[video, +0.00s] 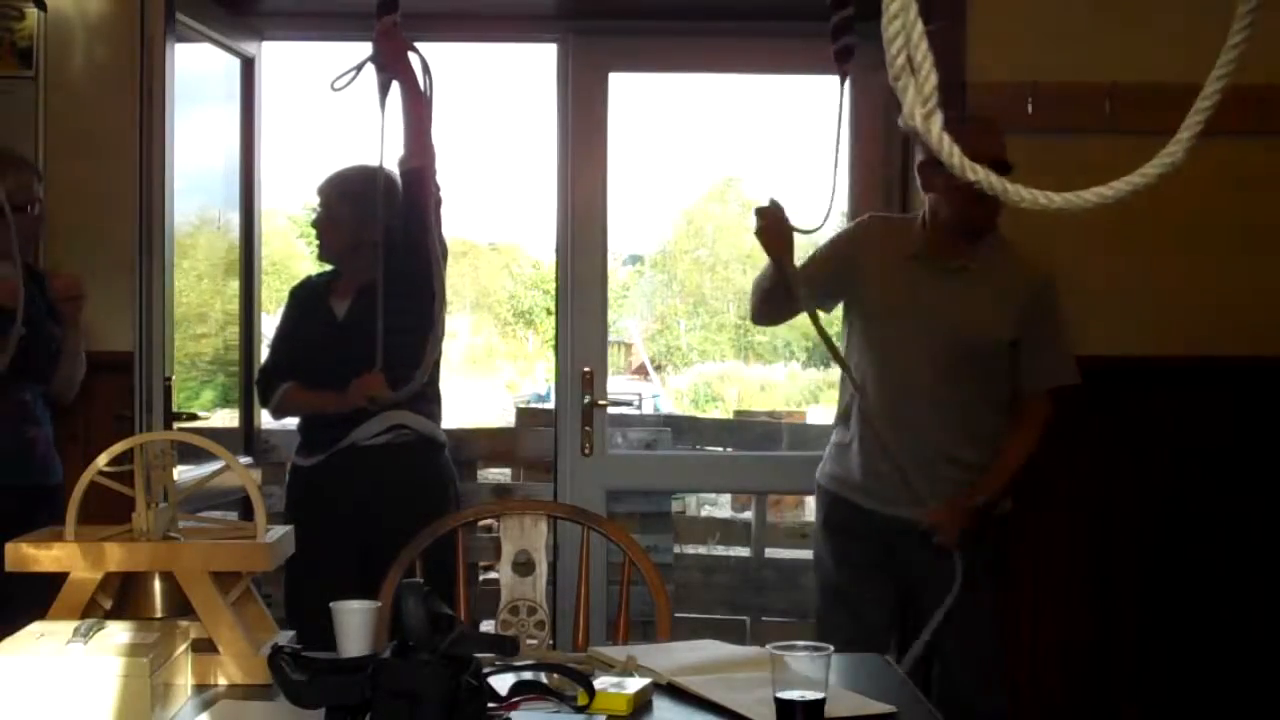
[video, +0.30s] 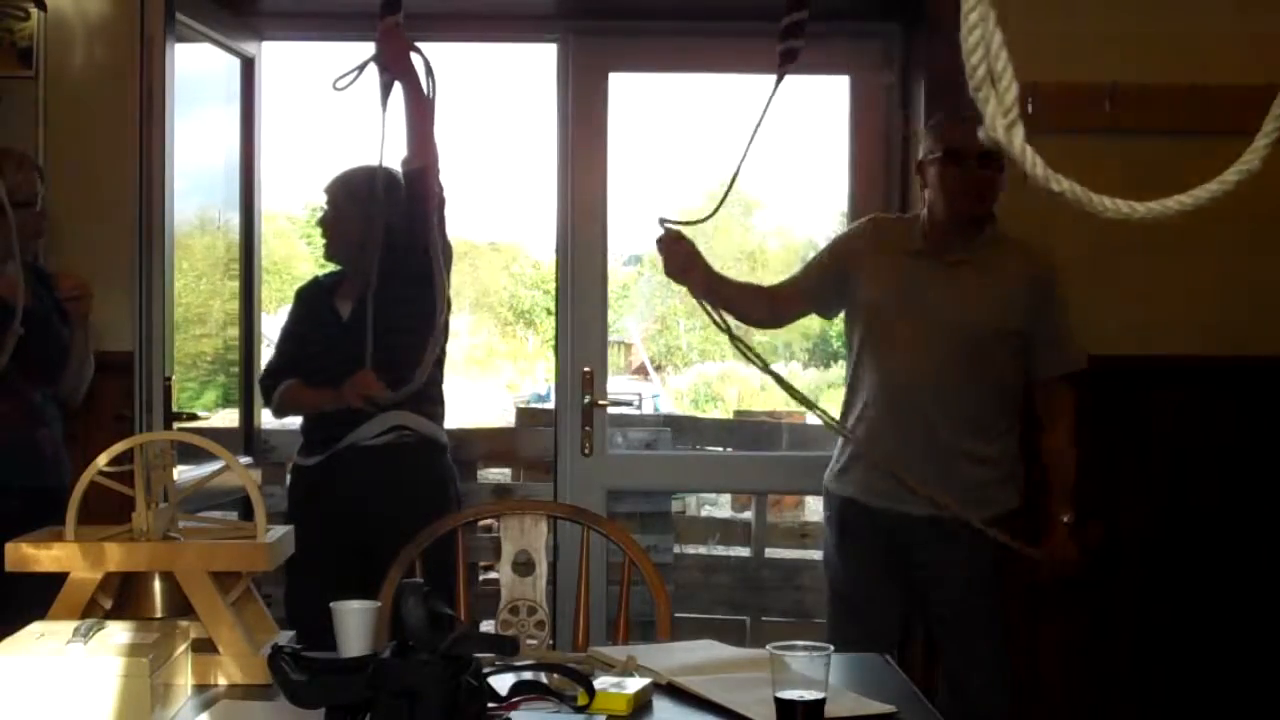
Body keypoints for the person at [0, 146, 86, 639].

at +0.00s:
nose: (33, 215)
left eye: (37, 202)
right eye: (19, 204)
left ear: (44, 206)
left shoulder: (42, 284)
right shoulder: (5, 282)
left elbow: (62, 389)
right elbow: (8, 365)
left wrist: (73, 321)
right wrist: (15, 310)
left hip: (38, 458)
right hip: (8, 457)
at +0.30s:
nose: (36, 215)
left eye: (39, 200)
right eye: (21, 202)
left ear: (46, 202)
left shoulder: (41, 281)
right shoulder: (6, 281)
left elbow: (70, 391)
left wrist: (80, 324)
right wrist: (13, 312)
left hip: (44, 470)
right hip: (12, 472)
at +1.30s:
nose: (38, 214)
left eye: (39, 199)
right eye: (23, 200)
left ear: (42, 207)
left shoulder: (44, 287)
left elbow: (78, 394)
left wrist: (77, 330)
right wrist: (11, 306)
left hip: (44, 464)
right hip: (11, 464)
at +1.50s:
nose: (23, 213)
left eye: (25, 199)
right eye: (12, 200)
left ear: (34, 207)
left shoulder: (39, 282)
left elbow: (96, 368)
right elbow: (96, 366)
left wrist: (96, 283)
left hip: (41, 467)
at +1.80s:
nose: (23, 205)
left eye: (25, 193)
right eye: (11, 193)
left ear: (30, 201)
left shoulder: (35, 281)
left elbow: (88, 375)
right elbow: (87, 374)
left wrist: (122, 314)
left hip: (40, 467)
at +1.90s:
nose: (26, 206)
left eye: (26, 193)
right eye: (13, 193)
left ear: (32, 201)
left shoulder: (32, 280)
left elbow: (99, 367)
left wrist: (142, 288)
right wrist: (9, 253)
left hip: (42, 476)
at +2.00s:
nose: (25, 209)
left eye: (26, 196)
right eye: (14, 196)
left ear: (29, 202)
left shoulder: (34, 280)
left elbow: (106, 354)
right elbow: (105, 353)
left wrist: (145, 267)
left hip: (40, 475)